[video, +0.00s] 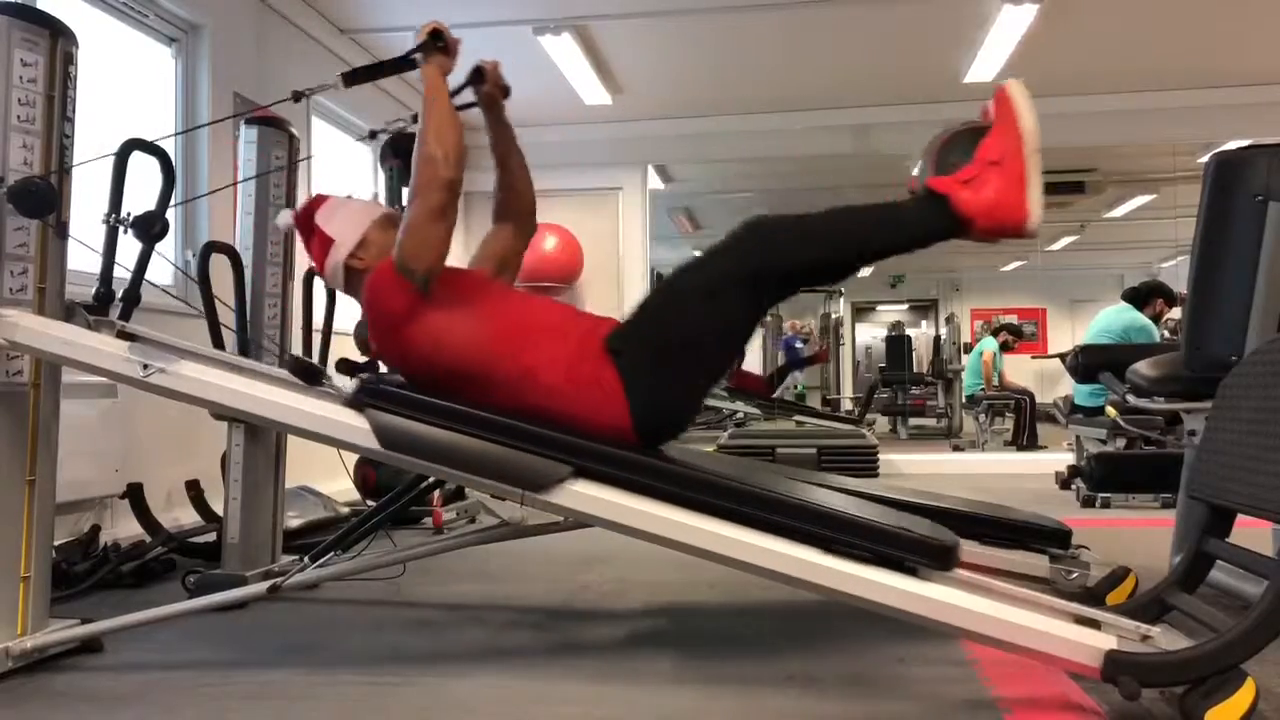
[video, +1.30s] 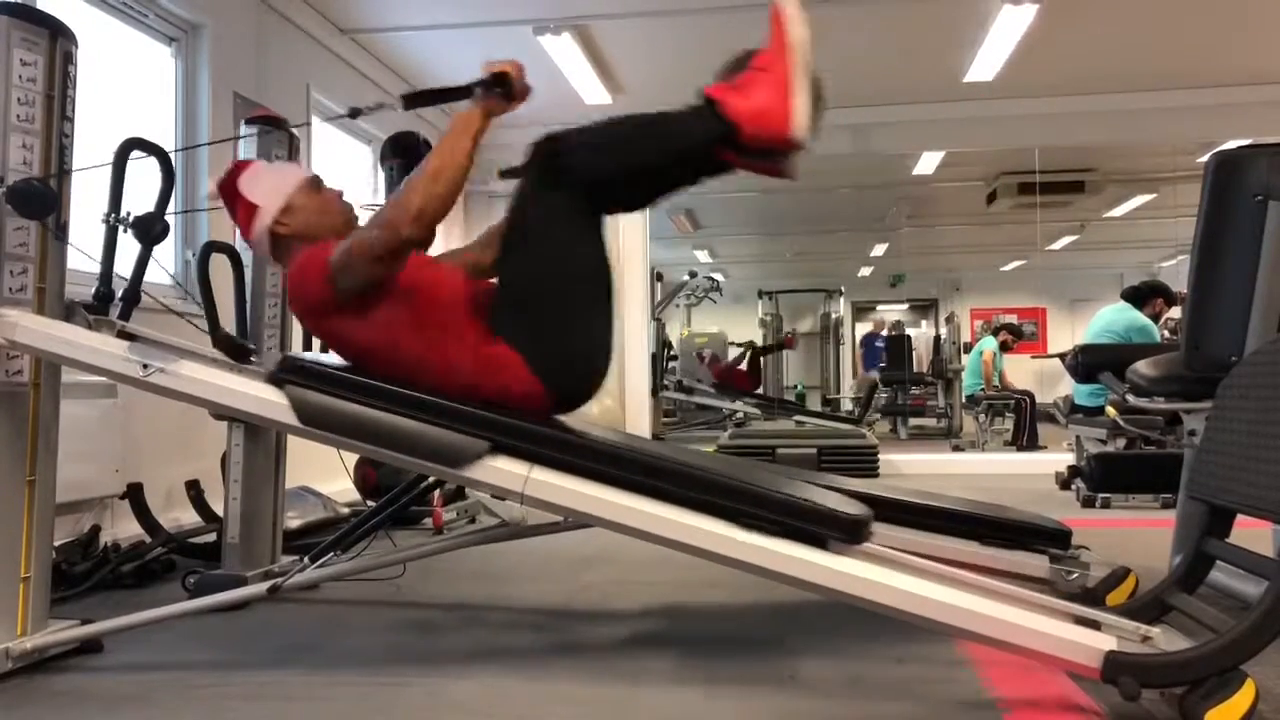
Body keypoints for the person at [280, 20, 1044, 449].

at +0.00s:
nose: (387, 225)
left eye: (378, 215)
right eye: (370, 225)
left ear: (380, 238)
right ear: (351, 257)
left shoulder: (445, 297)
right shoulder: (391, 304)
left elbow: (518, 219)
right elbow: (438, 179)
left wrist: (495, 119)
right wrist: (436, 76)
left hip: (630, 369)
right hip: (625, 390)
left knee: (754, 246)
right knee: (749, 253)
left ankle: (959, 202)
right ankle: (966, 206)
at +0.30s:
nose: (496, 242)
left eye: (438, 238)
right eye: (440, 240)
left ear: (432, 283)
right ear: (427, 273)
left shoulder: (502, 329)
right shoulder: (477, 324)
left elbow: (520, 233)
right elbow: (466, 215)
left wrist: (424, 154)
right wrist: (392, 147)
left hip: (723, 404)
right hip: (724, 415)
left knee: (867, 277)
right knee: (869, 279)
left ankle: (1053, 198)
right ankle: (1074, 196)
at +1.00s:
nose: (393, 243)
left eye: (383, 236)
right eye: (374, 247)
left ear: (405, 246)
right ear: (371, 287)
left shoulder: (473, 308)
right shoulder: (421, 332)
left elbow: (555, 262)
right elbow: (467, 239)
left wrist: (486, 189)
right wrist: (422, 143)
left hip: (673, 373)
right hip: (668, 398)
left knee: (770, 232)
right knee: (767, 232)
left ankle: (968, 178)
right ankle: (977, 182)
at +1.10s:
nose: (384, 219)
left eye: (373, 213)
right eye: (366, 224)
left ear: (366, 244)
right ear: (349, 261)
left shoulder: (428, 304)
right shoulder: (383, 317)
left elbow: (519, 269)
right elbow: (442, 227)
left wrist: (511, 168)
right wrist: (434, 114)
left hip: (617, 364)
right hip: (620, 389)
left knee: (700, 209)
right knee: (699, 207)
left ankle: (889, 163)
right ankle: (901, 156)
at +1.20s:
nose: (352, 207)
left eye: (341, 199)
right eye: (335, 207)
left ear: (327, 232)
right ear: (313, 240)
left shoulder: (388, 286)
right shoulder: (347, 294)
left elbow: (498, 264)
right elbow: (427, 215)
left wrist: (536, 171)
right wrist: (455, 102)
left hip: (574, 354)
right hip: (577, 376)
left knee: (633, 188)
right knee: (633, 184)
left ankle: (812, 147)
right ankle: (820, 132)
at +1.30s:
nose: (330, 191)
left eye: (319, 182)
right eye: (310, 189)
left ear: (303, 214)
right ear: (283, 223)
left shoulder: (359, 274)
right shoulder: (313, 278)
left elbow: (482, 256)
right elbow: (406, 224)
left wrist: (541, 193)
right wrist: (476, 112)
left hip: (537, 350)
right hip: (538, 365)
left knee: (562, 172)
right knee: (561, 167)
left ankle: (736, 134)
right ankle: (740, 120)